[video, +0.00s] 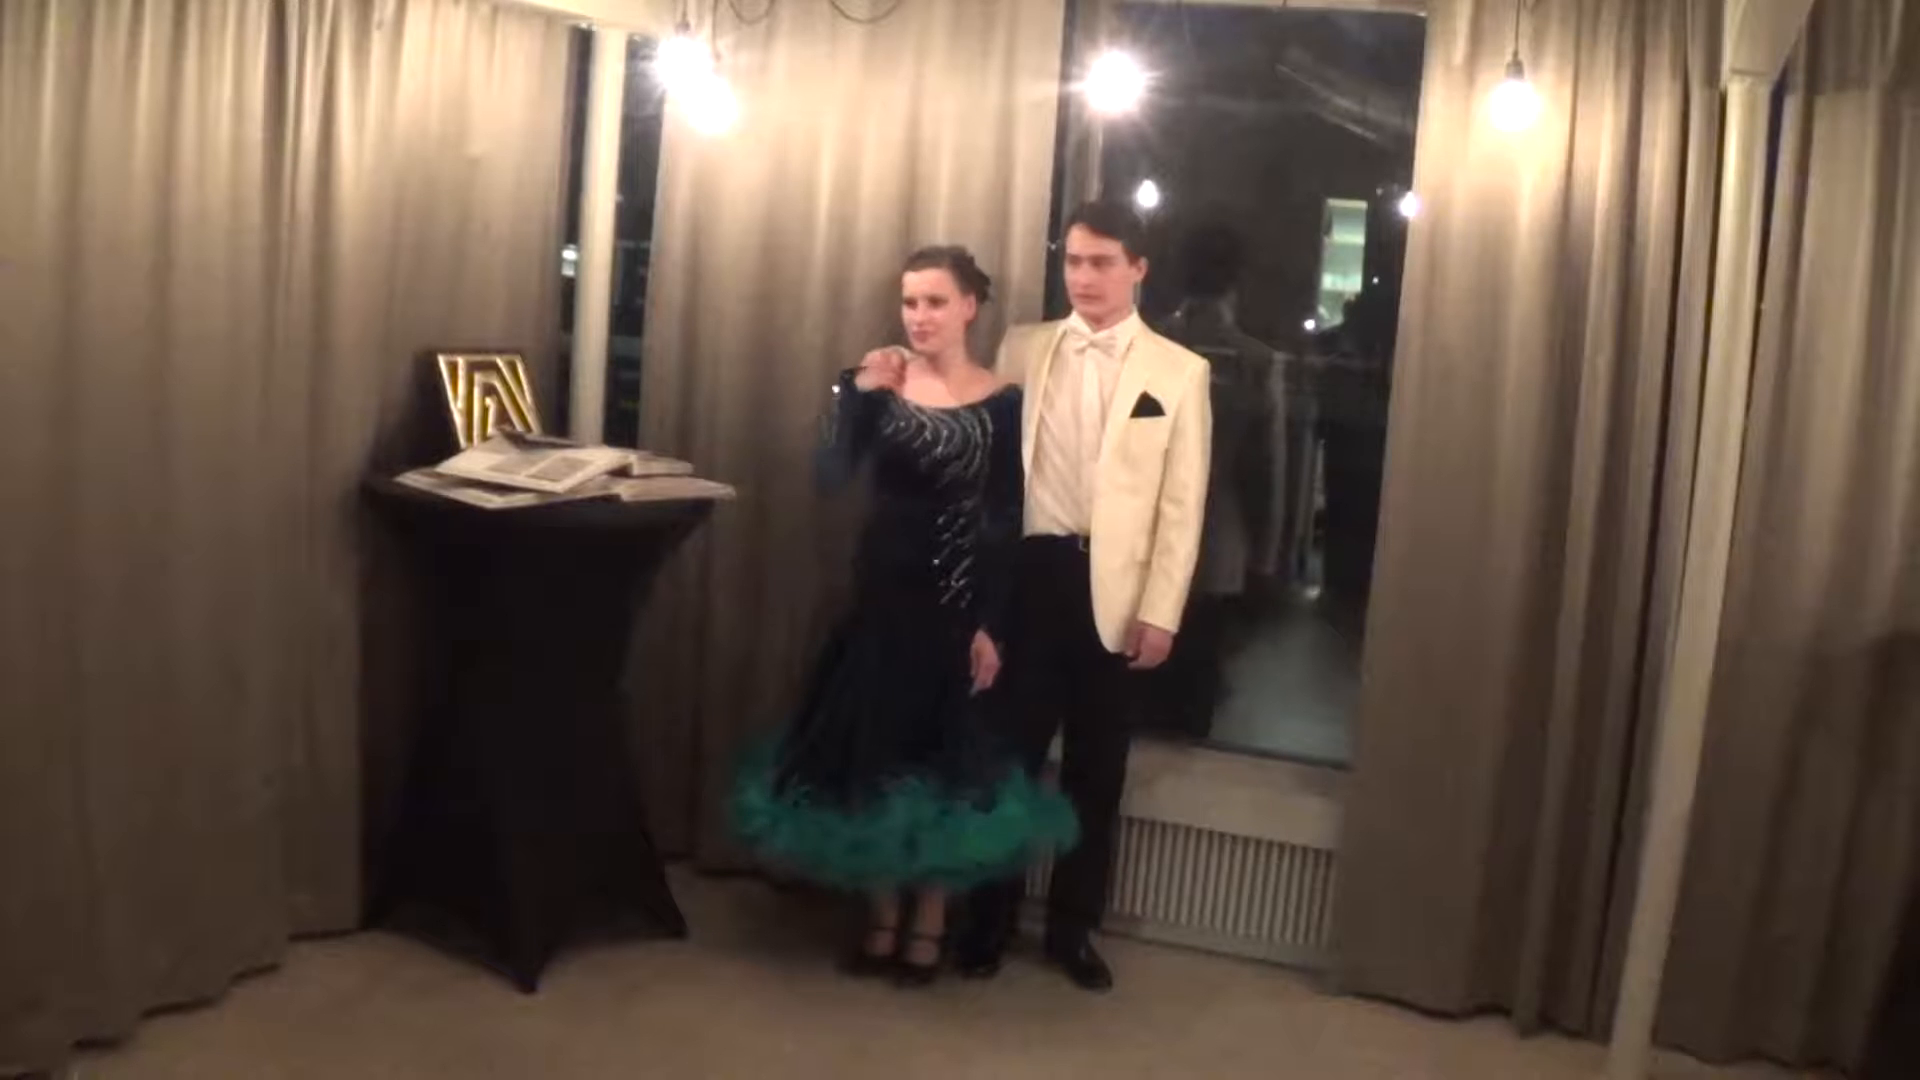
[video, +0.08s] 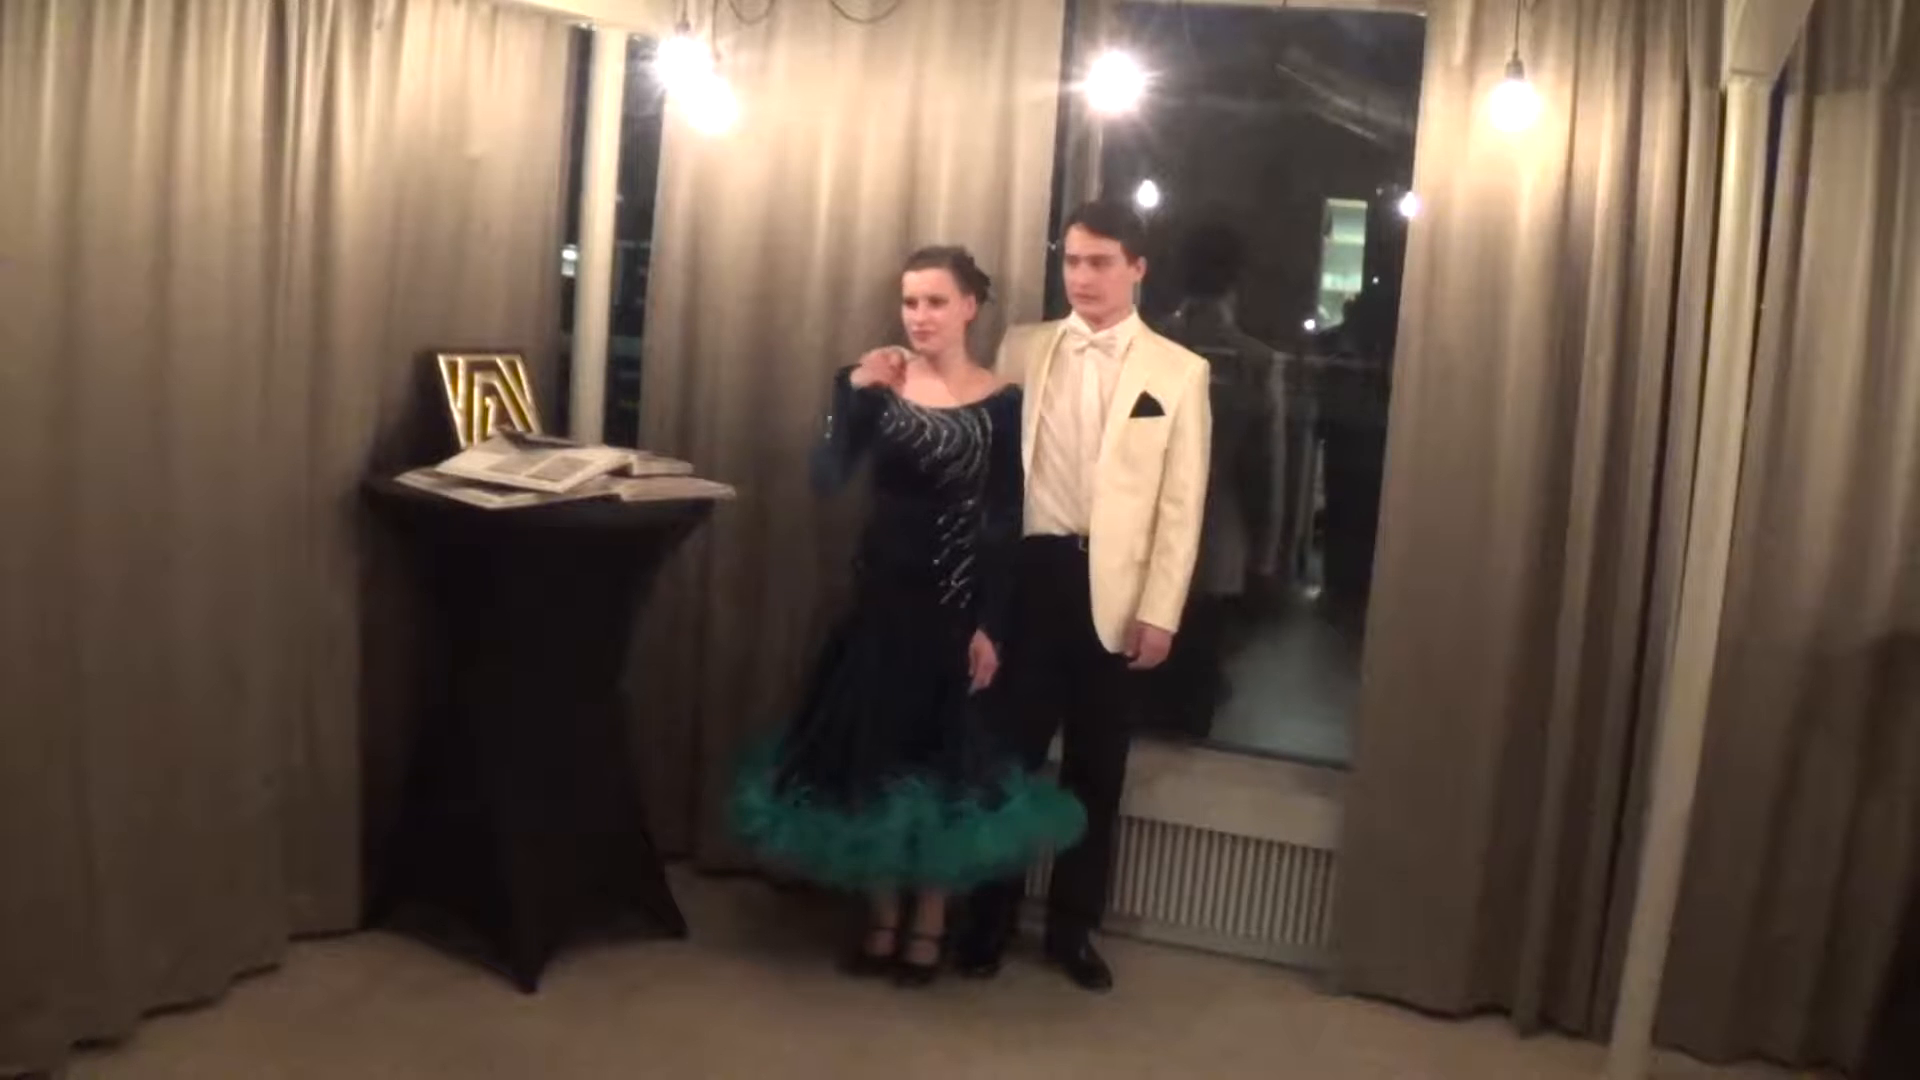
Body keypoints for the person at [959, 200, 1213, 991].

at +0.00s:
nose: (1083, 277)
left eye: (1100, 262)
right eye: (1073, 261)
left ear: (1138, 271)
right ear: (1061, 266)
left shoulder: (1181, 373)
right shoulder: (1026, 350)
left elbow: (1183, 503)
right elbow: (985, 460)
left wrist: (1162, 610)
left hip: (1113, 585)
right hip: (1024, 572)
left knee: (1096, 772)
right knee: (1007, 749)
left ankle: (1073, 931)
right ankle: (983, 925)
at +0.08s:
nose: (1081, 276)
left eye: (1099, 262)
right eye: (1071, 261)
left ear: (1137, 271)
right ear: (1060, 266)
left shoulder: (1180, 373)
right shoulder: (1025, 349)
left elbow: (1182, 503)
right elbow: (984, 458)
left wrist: (1161, 610)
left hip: (1113, 585)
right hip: (1024, 572)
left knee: (1096, 771)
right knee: (1007, 749)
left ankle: (1073, 931)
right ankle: (983, 925)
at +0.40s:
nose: (1084, 275)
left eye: (1101, 260)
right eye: (1073, 259)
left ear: (1136, 269)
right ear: (1060, 265)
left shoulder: (1179, 371)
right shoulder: (1024, 348)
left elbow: (1180, 502)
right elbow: (983, 456)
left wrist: (1160, 608)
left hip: (1112, 584)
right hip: (1023, 571)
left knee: (1096, 769)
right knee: (1009, 747)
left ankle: (1073, 930)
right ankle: (985, 925)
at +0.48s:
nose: (1088, 275)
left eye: (1104, 260)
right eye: (1076, 259)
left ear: (1136, 269)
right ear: (1060, 266)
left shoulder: (1179, 371)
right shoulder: (1023, 348)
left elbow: (1180, 502)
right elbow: (981, 453)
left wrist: (1160, 609)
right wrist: (898, 369)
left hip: (1112, 584)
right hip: (1023, 572)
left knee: (1096, 769)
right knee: (1008, 747)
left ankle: (1073, 930)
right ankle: (985, 924)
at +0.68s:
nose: (1105, 275)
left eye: (1120, 262)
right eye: (1092, 260)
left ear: (1141, 273)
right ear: (1065, 268)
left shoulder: (1178, 371)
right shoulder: (1022, 346)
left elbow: (1180, 501)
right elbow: (970, 434)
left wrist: (1160, 607)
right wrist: (895, 366)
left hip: (1112, 584)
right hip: (1023, 571)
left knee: (1096, 769)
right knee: (1008, 747)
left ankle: (1073, 930)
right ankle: (984, 924)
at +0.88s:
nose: (1122, 280)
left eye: (1134, 268)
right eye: (1107, 264)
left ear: (1147, 279)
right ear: (1070, 269)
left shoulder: (1178, 371)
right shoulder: (1021, 344)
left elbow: (1180, 500)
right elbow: (974, 441)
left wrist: (1161, 606)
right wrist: (893, 368)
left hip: (1113, 582)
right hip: (1022, 568)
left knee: (1098, 764)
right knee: (1009, 744)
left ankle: (1073, 929)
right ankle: (985, 923)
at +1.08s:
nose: (1127, 283)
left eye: (1138, 270)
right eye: (1111, 266)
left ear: (1150, 281)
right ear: (1071, 270)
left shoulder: (1177, 370)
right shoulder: (1019, 344)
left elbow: (1182, 499)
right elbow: (972, 446)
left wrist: (1164, 604)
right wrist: (890, 372)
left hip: (1114, 580)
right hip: (1024, 568)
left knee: (1099, 763)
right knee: (1010, 744)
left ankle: (1072, 929)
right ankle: (984, 922)